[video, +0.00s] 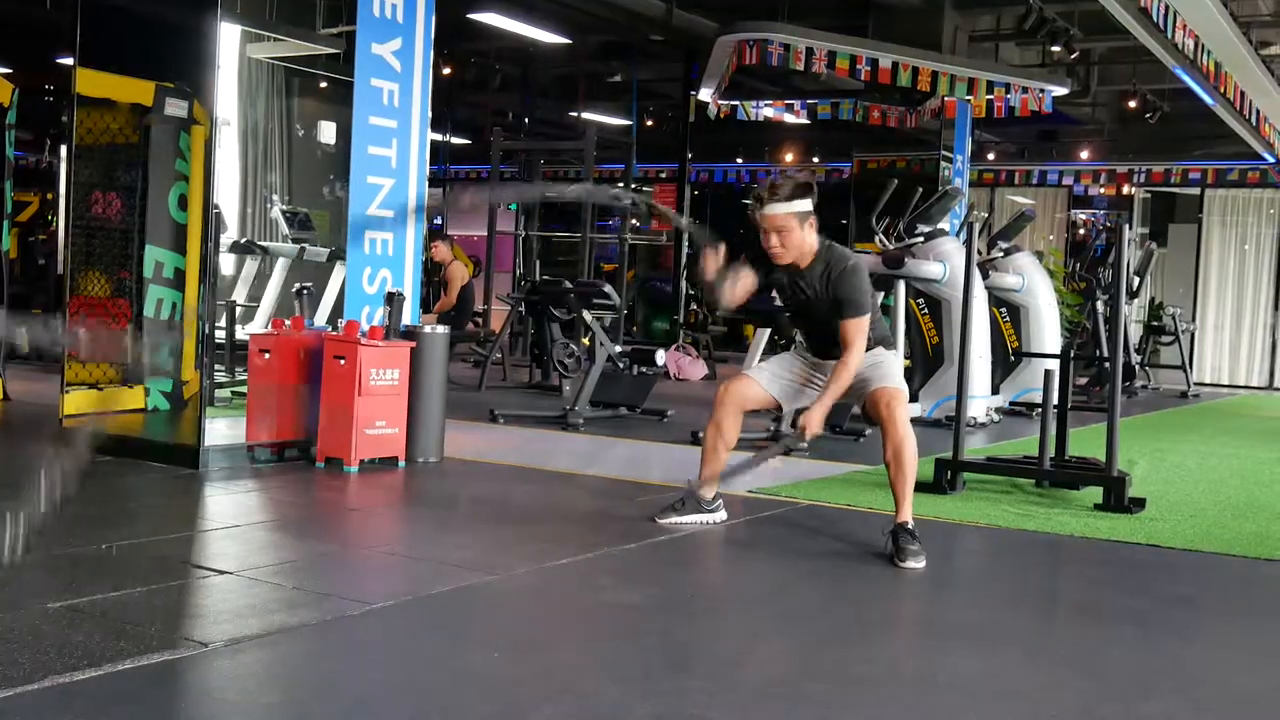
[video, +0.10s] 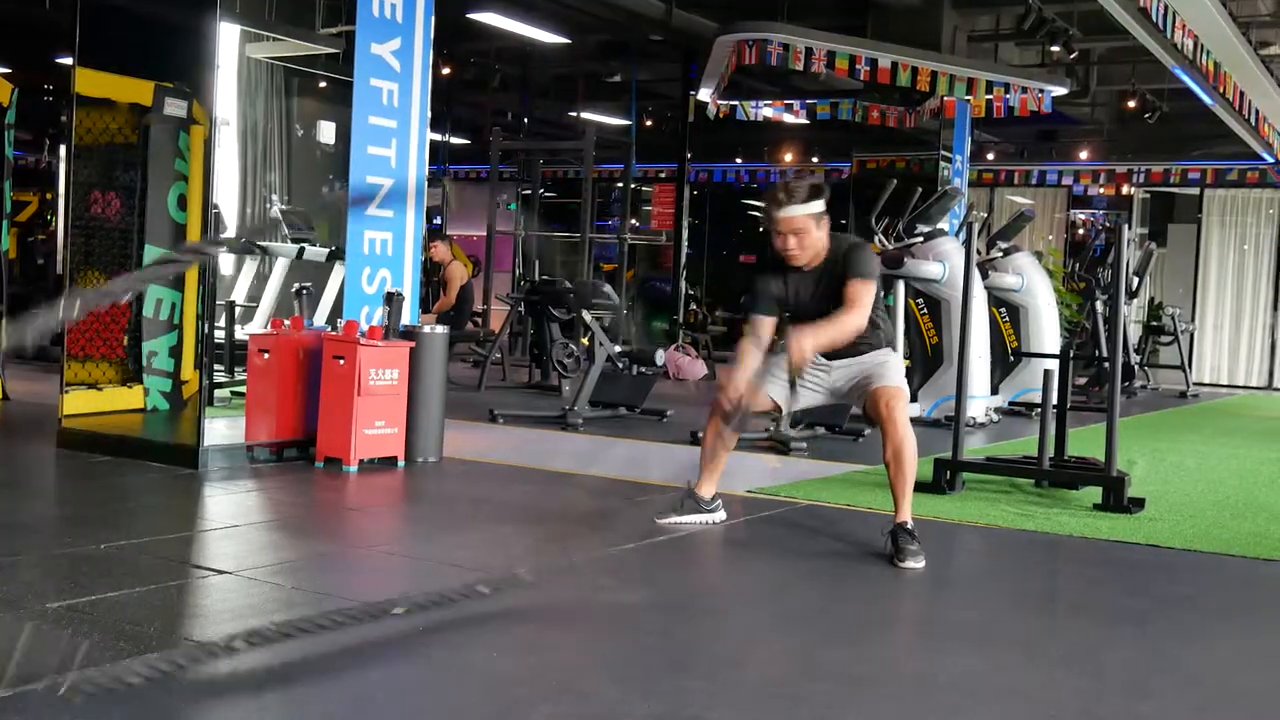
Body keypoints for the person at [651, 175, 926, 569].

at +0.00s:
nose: (770, 242)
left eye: (780, 232)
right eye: (765, 233)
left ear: (810, 228)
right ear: (760, 232)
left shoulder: (846, 269)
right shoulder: (768, 263)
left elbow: (855, 350)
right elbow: (729, 298)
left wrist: (821, 407)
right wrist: (715, 278)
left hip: (869, 358)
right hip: (808, 358)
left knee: (893, 409)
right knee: (730, 395)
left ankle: (904, 525)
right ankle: (706, 498)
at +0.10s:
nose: (787, 244)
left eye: (797, 234)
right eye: (779, 234)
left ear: (824, 226)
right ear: (771, 231)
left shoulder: (856, 255)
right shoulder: (771, 272)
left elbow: (856, 316)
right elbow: (756, 336)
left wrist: (810, 336)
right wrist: (739, 377)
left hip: (868, 361)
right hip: (802, 363)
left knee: (893, 407)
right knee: (732, 395)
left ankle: (904, 525)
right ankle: (703, 497)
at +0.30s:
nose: (827, 238)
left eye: (837, 229)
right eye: (821, 229)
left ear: (865, 223)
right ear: (812, 225)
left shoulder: (890, 254)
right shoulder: (804, 254)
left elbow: (881, 318)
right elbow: (768, 301)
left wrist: (829, 314)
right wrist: (748, 345)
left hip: (876, 365)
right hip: (811, 365)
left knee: (905, 407)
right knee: (735, 394)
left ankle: (906, 526)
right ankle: (705, 496)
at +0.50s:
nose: (780, 245)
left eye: (789, 235)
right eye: (773, 235)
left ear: (818, 229)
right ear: (765, 233)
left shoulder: (849, 267)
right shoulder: (768, 258)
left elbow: (864, 342)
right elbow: (731, 309)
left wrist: (836, 400)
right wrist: (718, 288)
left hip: (855, 363)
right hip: (799, 361)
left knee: (890, 408)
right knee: (718, 396)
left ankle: (905, 526)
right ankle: (696, 498)